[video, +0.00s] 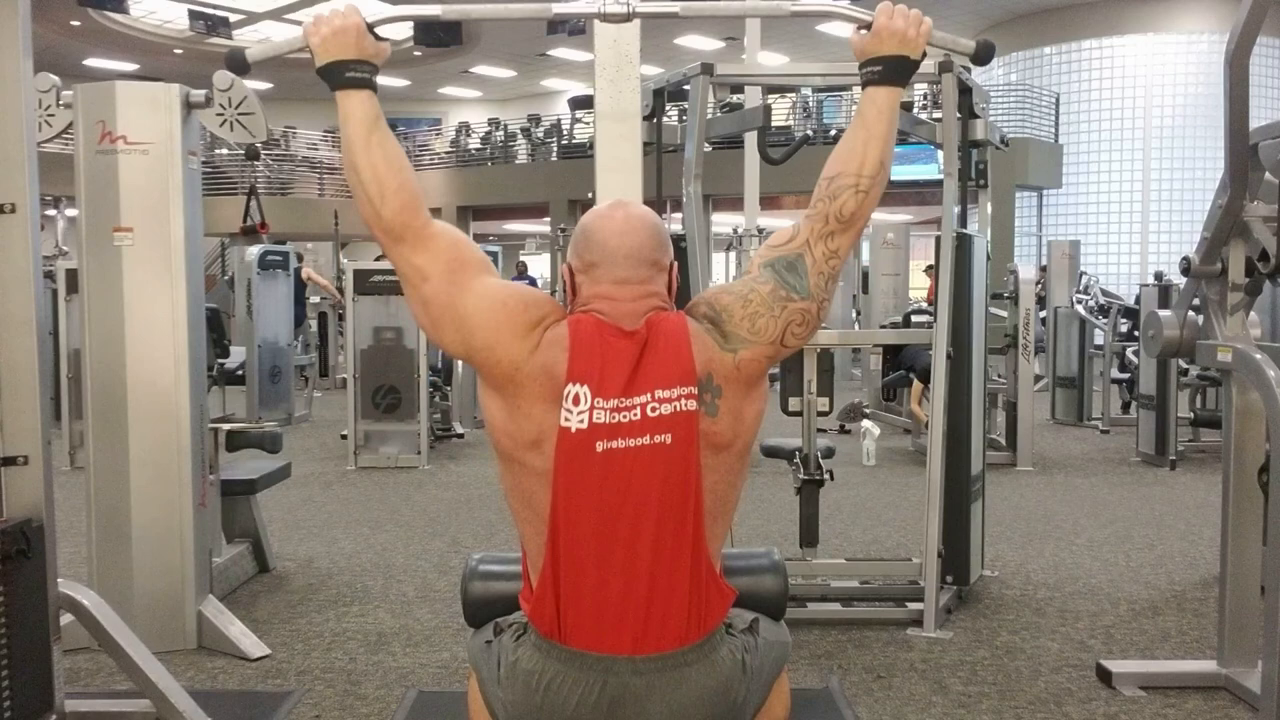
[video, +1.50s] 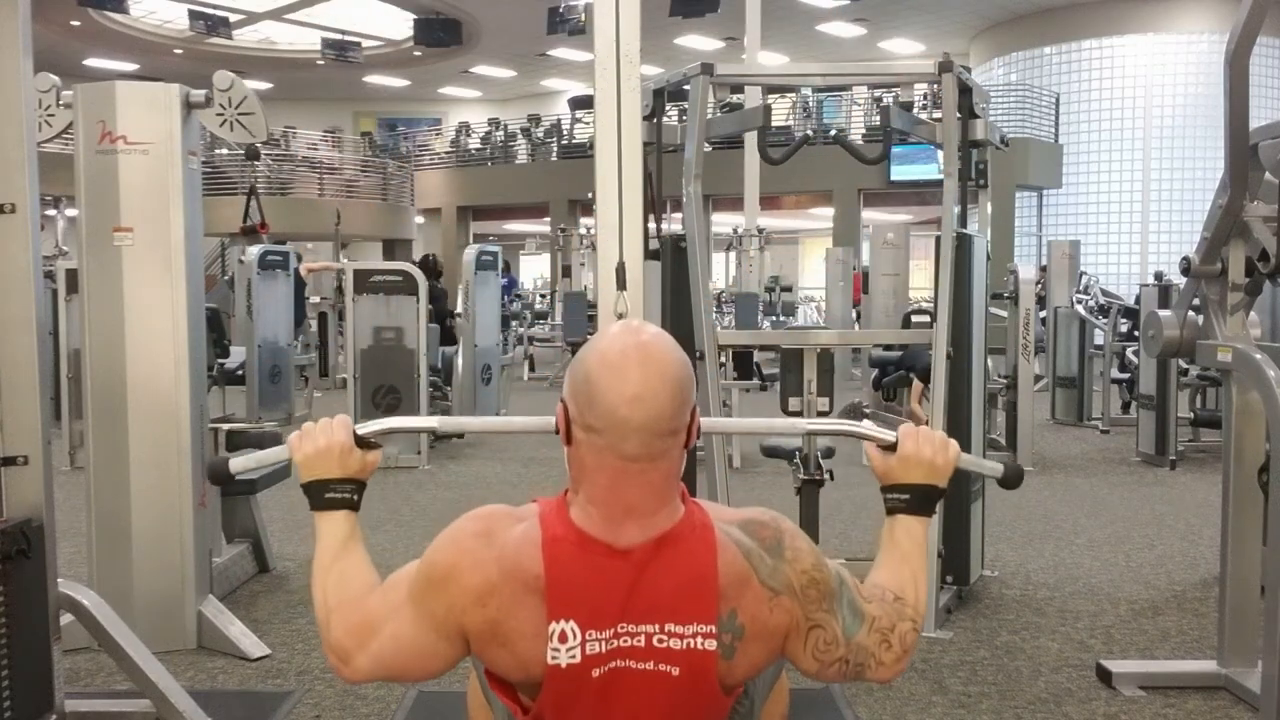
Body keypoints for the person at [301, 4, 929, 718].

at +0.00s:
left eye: (569, 265)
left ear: (570, 283)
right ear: (673, 281)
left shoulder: (514, 340)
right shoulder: (733, 343)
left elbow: (402, 224)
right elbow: (836, 218)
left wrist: (349, 75)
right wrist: (887, 75)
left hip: (554, 680)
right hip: (696, 681)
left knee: (488, 668)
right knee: (767, 645)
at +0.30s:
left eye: (573, 267)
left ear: (573, 283)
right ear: (675, 282)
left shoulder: (517, 337)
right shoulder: (733, 338)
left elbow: (403, 228)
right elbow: (841, 222)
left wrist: (351, 80)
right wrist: (888, 78)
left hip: (555, 679)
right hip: (696, 679)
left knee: (488, 666)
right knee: (769, 645)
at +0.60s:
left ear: (569, 299)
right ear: (676, 300)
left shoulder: (503, 377)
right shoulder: (748, 375)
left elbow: (363, 308)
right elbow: (880, 304)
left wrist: (339, 162)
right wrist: (903, 156)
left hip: (552, 684)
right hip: (703, 683)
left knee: (490, 660)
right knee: (768, 651)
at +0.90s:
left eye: (567, 339)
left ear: (563, 361)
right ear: (683, 362)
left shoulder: (494, 470)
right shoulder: (754, 467)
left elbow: (337, 464)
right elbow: (899, 455)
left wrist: (326, 321)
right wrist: (912, 319)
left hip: (547, 703)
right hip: (706, 699)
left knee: (487, 665)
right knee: (770, 651)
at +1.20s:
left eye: (567, 383)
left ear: (566, 407)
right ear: (690, 414)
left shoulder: (487, 534)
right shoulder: (762, 534)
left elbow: (347, 606)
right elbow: (880, 608)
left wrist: (326, 459)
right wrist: (907, 461)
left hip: (532, 705)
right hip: (705, 705)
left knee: (480, 663)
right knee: (767, 637)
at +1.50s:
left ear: (565, 424)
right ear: (691, 430)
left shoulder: (485, 553)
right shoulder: (763, 558)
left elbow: (356, 646)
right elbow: (880, 649)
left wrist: (331, 497)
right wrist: (913, 502)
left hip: (532, 710)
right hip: (701, 713)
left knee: (485, 659)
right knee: (770, 654)